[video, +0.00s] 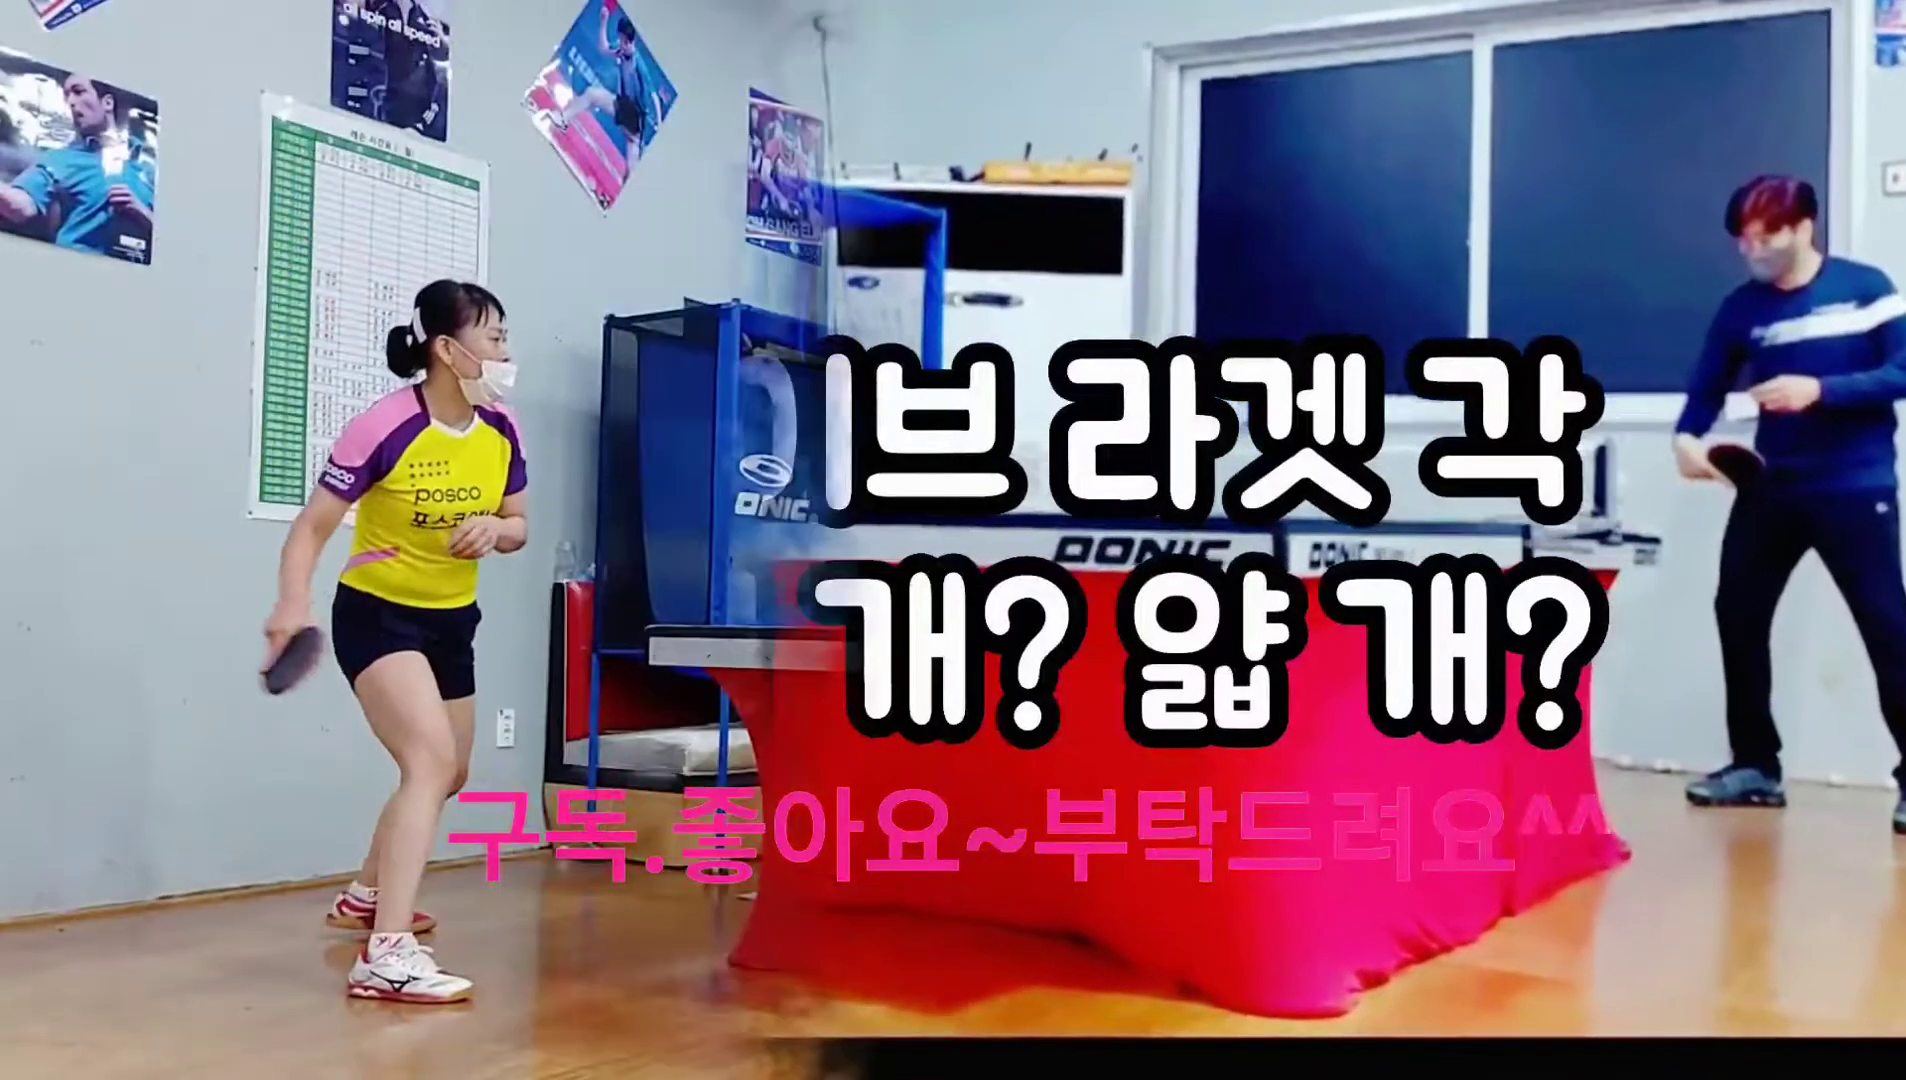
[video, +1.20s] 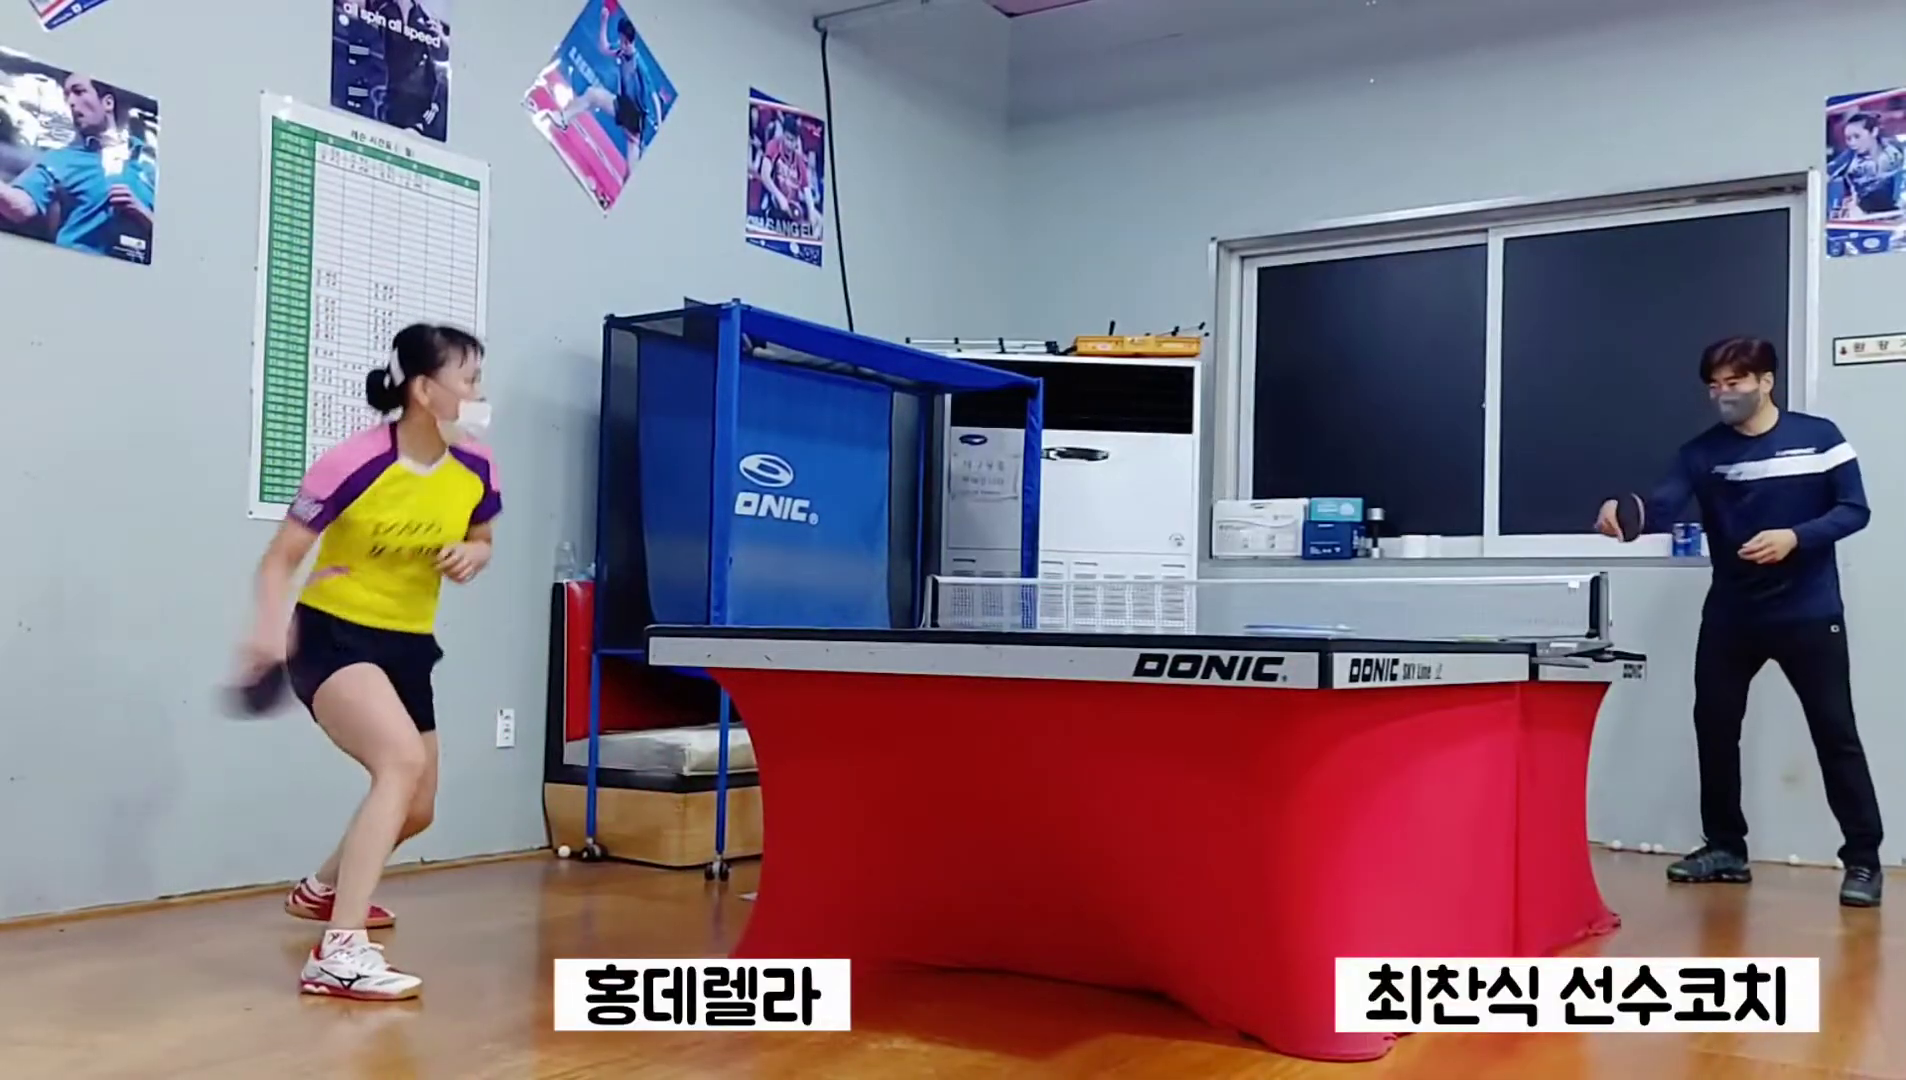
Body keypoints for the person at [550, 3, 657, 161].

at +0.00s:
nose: (621, 42)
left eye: (624, 39)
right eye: (621, 38)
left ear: (628, 40)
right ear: (621, 38)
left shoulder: (630, 56)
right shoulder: (622, 53)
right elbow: (603, 49)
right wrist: (604, 22)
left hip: (626, 107)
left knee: (593, 94)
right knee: (630, 166)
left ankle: (563, 118)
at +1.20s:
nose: (621, 42)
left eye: (623, 39)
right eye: (621, 39)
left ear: (627, 40)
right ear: (623, 39)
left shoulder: (630, 55)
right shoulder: (623, 53)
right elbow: (603, 49)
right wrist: (604, 22)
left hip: (628, 108)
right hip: (636, 115)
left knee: (593, 94)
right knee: (632, 164)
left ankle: (563, 118)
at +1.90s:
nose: (621, 42)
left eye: (623, 39)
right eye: (621, 38)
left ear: (628, 40)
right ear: (619, 38)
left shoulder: (631, 57)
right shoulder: (621, 53)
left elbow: (630, 55)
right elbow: (604, 49)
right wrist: (603, 22)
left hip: (628, 108)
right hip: (637, 115)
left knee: (593, 94)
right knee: (633, 145)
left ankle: (563, 117)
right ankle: (628, 181)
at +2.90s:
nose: (621, 41)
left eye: (623, 39)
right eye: (621, 38)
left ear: (628, 40)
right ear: (620, 38)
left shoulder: (634, 58)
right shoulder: (621, 53)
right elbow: (604, 50)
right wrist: (604, 23)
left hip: (630, 108)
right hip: (636, 114)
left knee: (592, 94)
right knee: (633, 145)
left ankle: (562, 117)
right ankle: (631, 180)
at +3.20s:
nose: (621, 42)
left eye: (624, 39)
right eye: (621, 38)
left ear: (628, 40)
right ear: (620, 37)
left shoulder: (632, 57)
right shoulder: (621, 52)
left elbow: (631, 55)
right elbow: (604, 50)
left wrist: (628, 47)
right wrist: (604, 22)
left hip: (628, 108)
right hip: (636, 114)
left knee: (592, 95)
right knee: (633, 147)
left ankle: (562, 118)